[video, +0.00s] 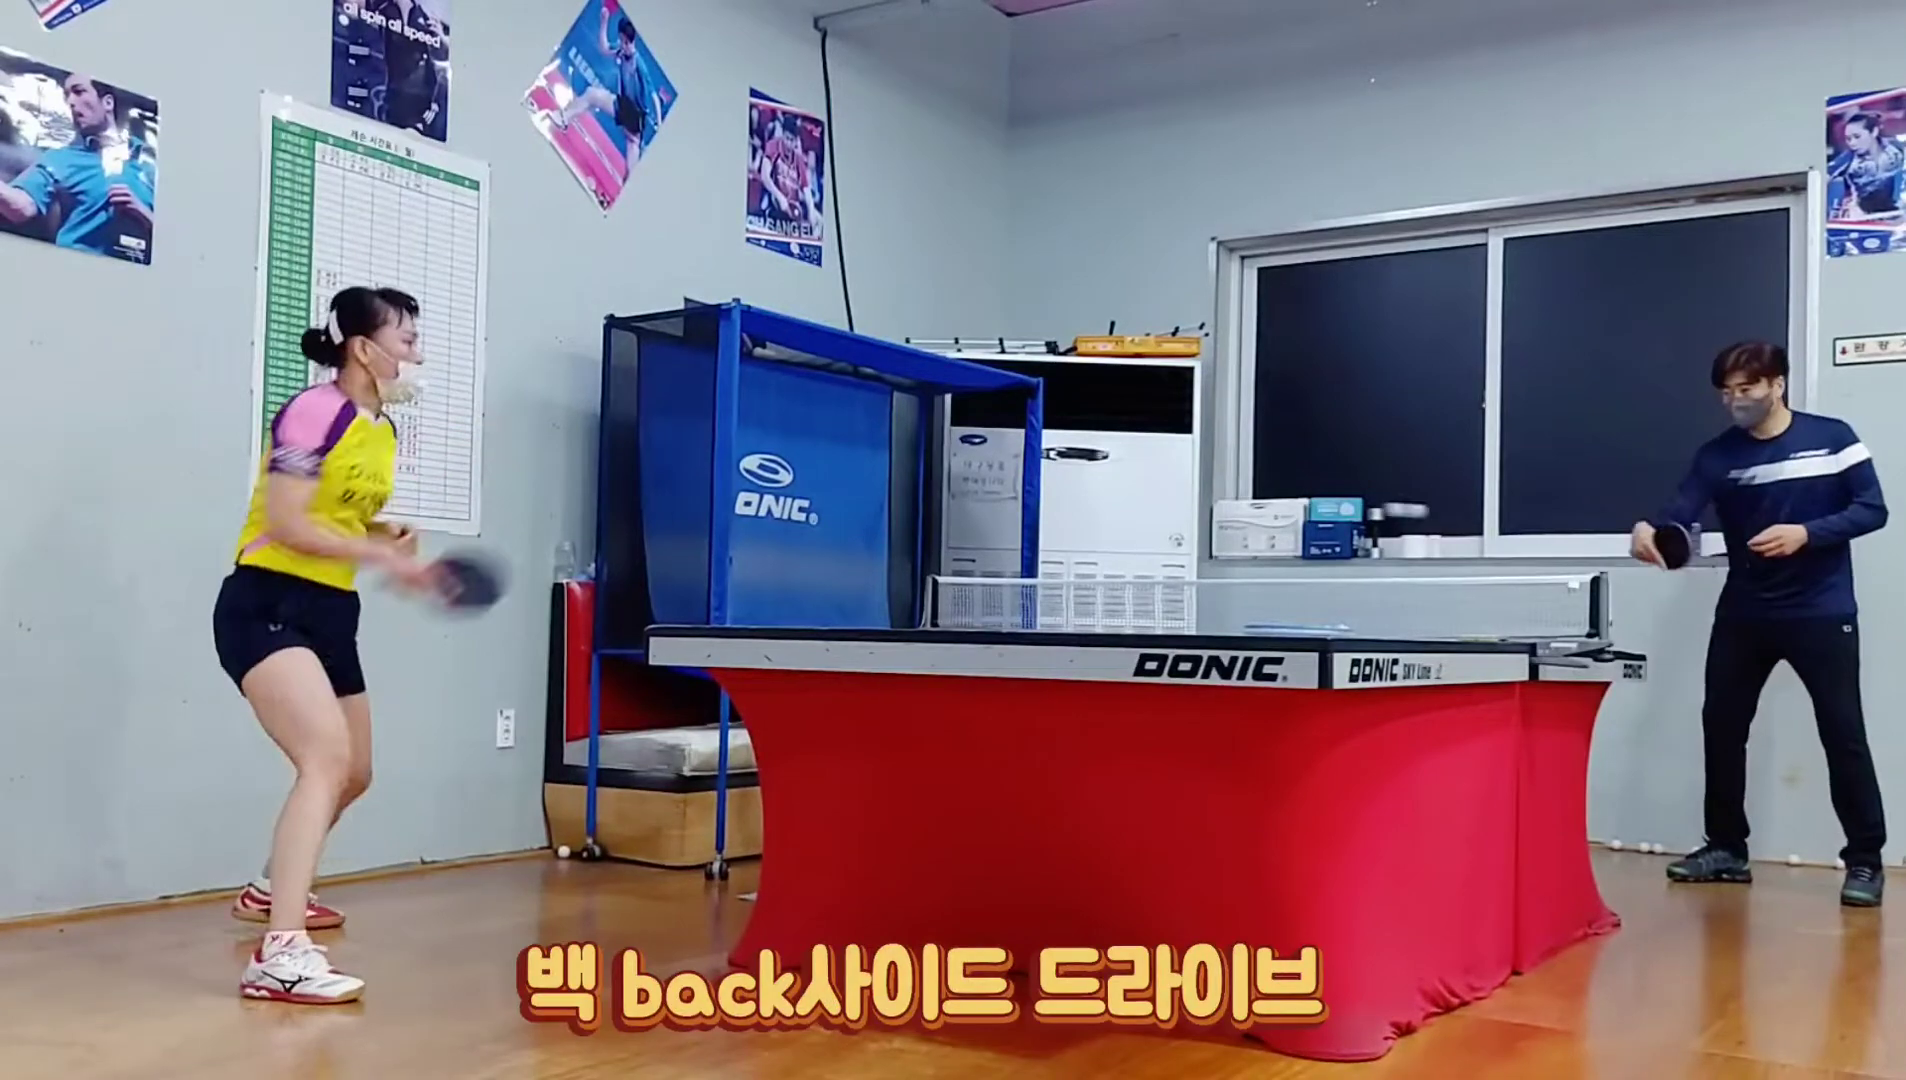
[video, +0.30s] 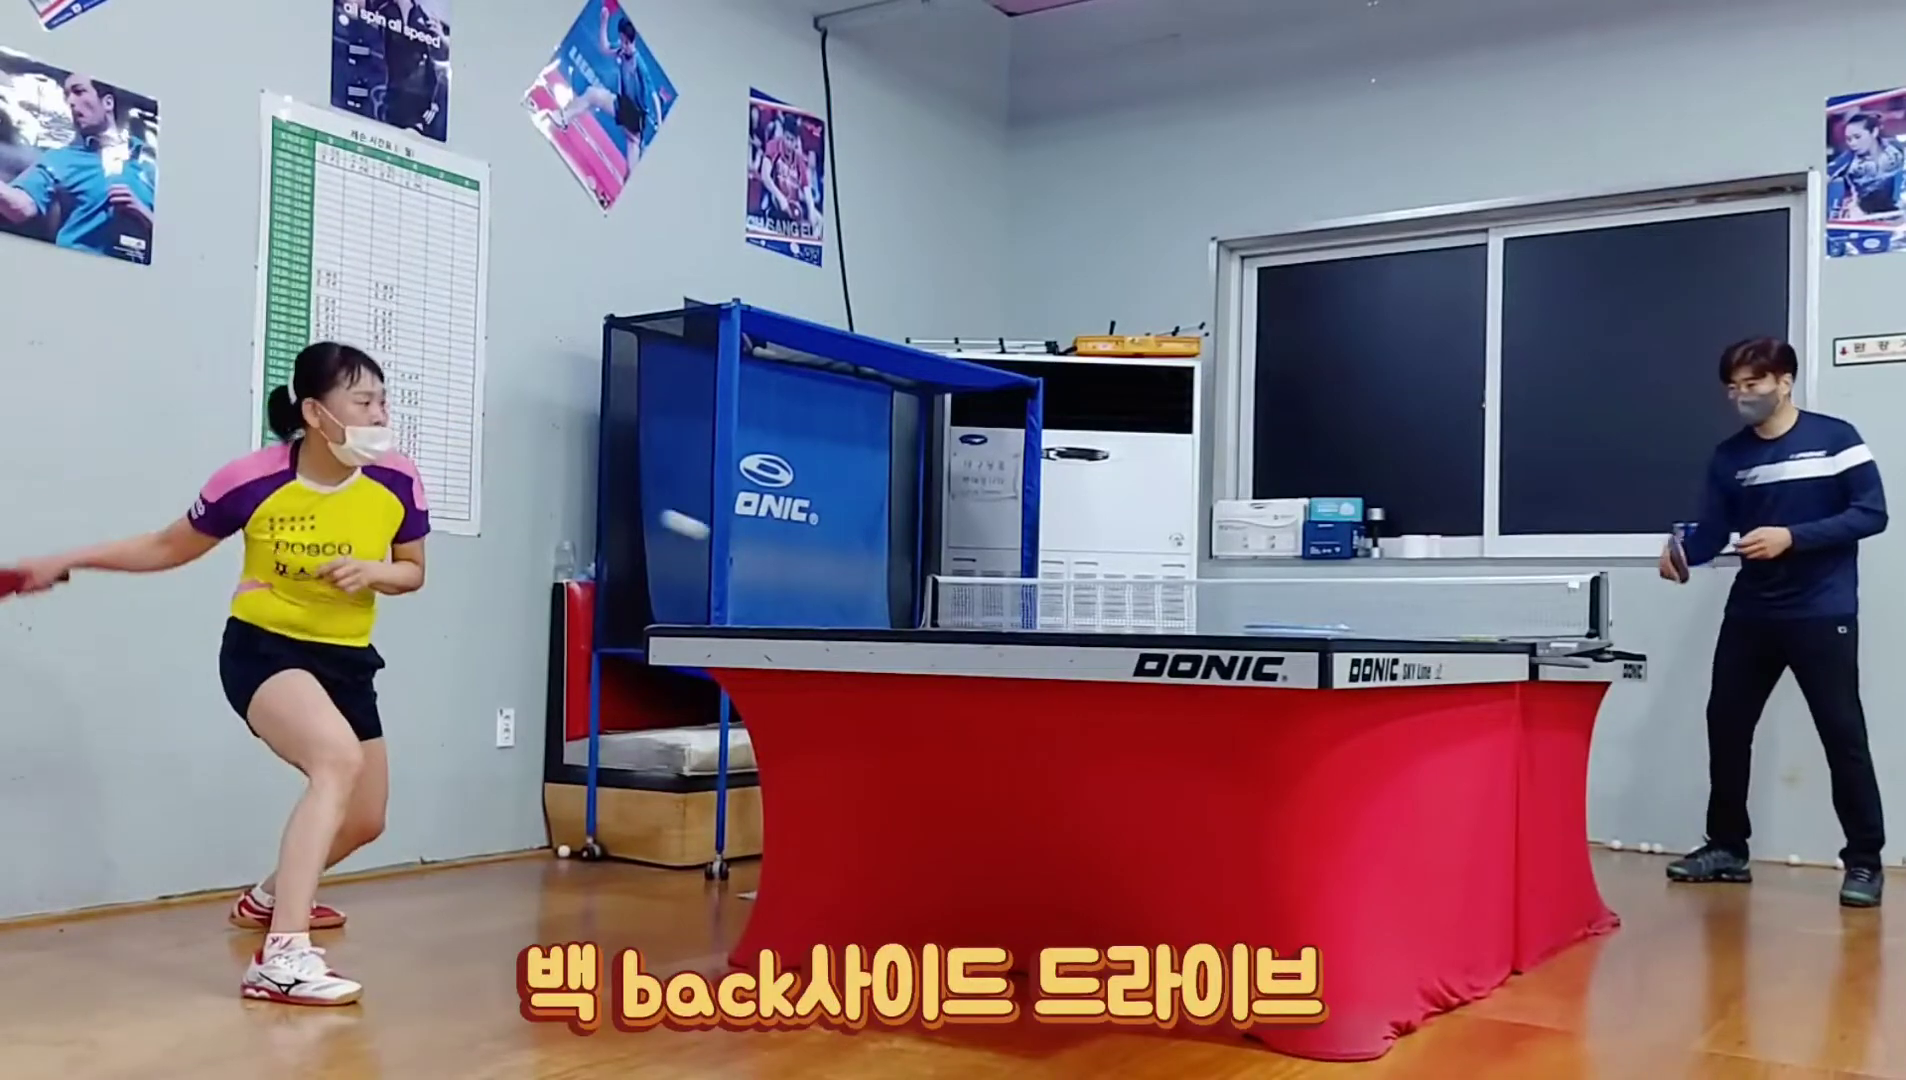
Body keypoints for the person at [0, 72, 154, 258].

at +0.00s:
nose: (70, 101)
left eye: (79, 91)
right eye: (67, 96)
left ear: (108, 102)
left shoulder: (150, 160)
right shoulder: (60, 159)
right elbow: (20, 207)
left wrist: (143, 212)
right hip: (74, 262)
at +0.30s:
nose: (70, 101)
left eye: (79, 91)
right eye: (67, 96)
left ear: (108, 102)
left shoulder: (150, 163)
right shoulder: (60, 159)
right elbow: (20, 207)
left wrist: (144, 213)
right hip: (75, 263)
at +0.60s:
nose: (70, 101)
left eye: (79, 91)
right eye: (67, 95)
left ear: (108, 102)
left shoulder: (150, 162)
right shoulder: (60, 159)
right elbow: (20, 208)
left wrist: (143, 213)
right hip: (74, 263)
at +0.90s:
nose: (70, 101)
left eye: (79, 91)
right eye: (67, 96)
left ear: (108, 102)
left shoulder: (149, 159)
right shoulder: (60, 159)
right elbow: (20, 208)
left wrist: (142, 212)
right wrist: (4, 190)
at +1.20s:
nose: (70, 101)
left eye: (79, 91)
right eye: (67, 96)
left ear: (108, 102)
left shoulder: (150, 161)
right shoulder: (61, 159)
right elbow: (19, 207)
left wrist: (144, 213)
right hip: (75, 261)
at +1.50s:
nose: (71, 101)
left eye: (79, 91)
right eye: (67, 96)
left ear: (108, 102)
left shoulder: (150, 161)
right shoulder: (61, 159)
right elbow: (20, 208)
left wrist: (143, 212)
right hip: (74, 261)